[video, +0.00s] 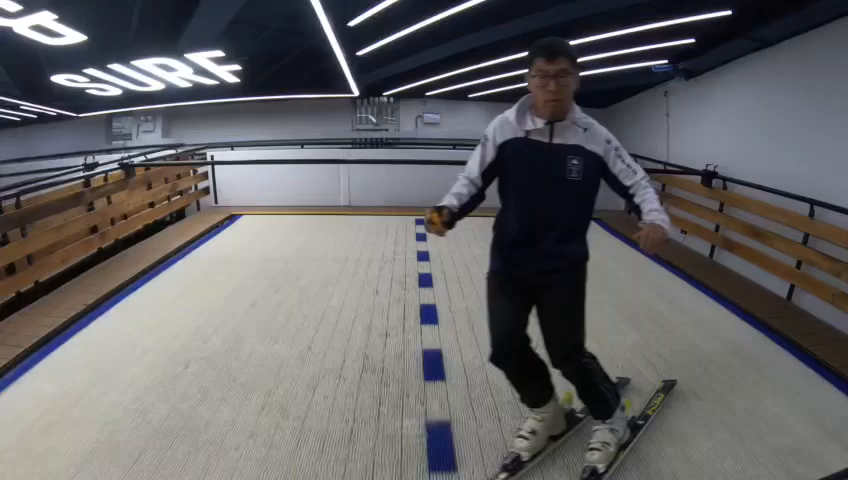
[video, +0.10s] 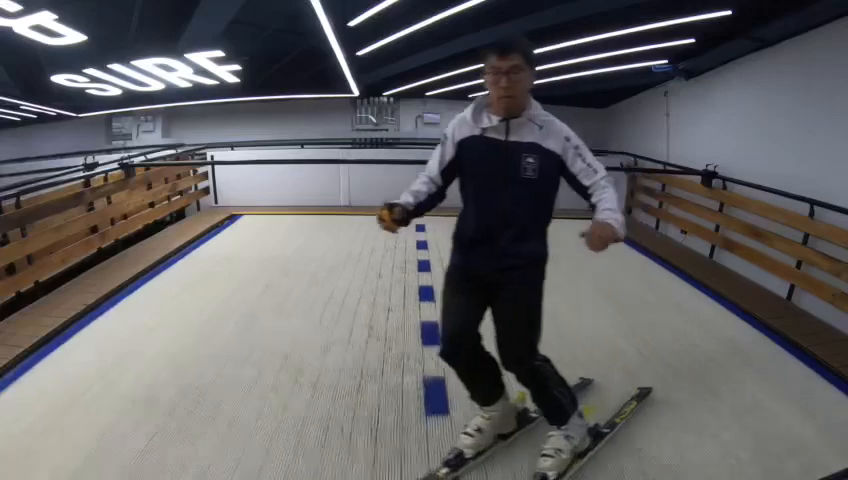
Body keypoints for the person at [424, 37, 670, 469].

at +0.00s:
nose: (552, 87)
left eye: (562, 78)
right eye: (542, 78)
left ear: (576, 82)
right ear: (529, 82)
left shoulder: (594, 136)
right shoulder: (504, 129)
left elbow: (635, 181)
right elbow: (472, 179)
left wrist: (655, 218)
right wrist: (447, 209)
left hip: (564, 262)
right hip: (510, 260)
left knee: (565, 353)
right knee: (505, 349)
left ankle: (611, 416)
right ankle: (548, 412)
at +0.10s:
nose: (503, 82)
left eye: (513, 72)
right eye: (495, 74)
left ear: (531, 77)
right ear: (485, 80)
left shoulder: (552, 133)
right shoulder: (463, 127)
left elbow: (598, 181)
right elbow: (434, 178)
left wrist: (608, 217)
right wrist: (405, 207)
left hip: (522, 261)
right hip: (468, 257)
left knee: (517, 354)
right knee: (455, 343)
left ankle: (570, 425)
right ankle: (497, 409)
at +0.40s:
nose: (341, 59)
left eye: (352, 49)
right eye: (335, 51)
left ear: (376, 56)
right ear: (329, 58)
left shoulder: (396, 110)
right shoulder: (313, 107)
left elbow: (441, 158)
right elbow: (287, 158)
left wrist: (443, 194)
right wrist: (249, 183)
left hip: (371, 233)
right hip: (323, 230)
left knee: (365, 328)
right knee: (306, 319)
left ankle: (417, 405)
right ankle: (344, 386)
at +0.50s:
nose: (288, 59)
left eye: (299, 48)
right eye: (282, 50)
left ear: (323, 53)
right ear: (276, 56)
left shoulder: (346, 105)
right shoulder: (266, 104)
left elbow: (393, 153)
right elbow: (240, 157)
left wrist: (391, 190)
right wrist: (201, 179)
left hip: (325, 225)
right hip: (278, 223)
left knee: (309, 316)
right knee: (264, 311)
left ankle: (357, 389)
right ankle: (298, 374)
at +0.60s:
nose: (240, 63)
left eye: (251, 53)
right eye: (234, 55)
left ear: (275, 57)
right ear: (229, 59)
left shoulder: (299, 105)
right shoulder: (221, 110)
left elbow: (348, 153)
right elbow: (199, 161)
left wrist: (342, 191)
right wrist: (159, 182)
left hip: (285, 226)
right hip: (239, 226)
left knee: (261, 310)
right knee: (223, 310)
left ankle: (296, 376)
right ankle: (250, 363)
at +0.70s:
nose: (198, 71)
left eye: (209, 63)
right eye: (195, 63)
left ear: (233, 68)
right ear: (191, 68)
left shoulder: (259, 112)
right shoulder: (184, 117)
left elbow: (307, 158)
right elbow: (165, 167)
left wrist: (298, 199)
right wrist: (121, 189)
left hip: (250, 233)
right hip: (205, 231)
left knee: (222, 313)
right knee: (186, 313)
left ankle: (245, 368)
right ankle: (204, 357)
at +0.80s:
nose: (167, 82)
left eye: (179, 74)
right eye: (164, 73)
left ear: (202, 77)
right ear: (159, 76)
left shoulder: (230, 121)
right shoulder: (154, 123)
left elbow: (272, 166)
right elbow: (134, 173)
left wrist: (260, 209)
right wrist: (92, 197)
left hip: (218, 239)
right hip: (173, 237)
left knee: (190, 314)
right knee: (154, 315)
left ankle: (203, 367)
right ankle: (165, 357)